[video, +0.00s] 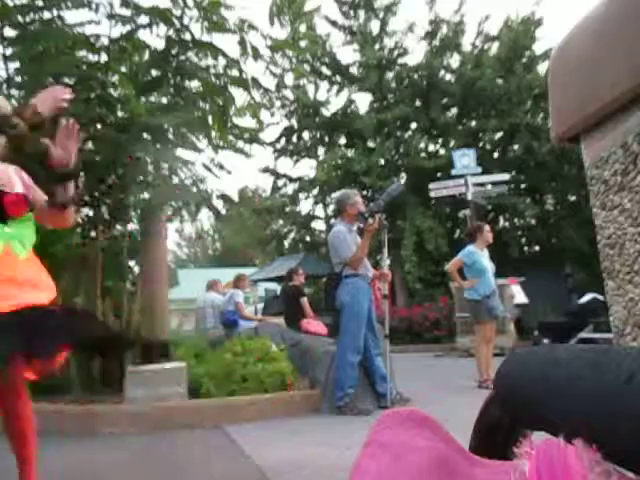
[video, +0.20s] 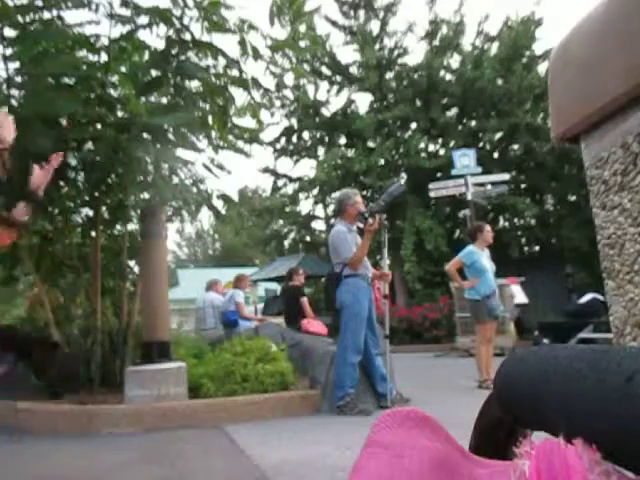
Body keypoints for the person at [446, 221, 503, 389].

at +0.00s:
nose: (491, 235)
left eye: (490, 232)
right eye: (488, 232)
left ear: (485, 235)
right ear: (478, 235)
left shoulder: (484, 252)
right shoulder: (470, 251)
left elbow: (483, 273)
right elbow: (451, 267)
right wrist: (461, 282)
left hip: (490, 294)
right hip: (477, 296)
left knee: (490, 337)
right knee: (483, 337)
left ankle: (489, 375)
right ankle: (483, 377)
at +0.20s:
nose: (491, 235)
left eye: (491, 232)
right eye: (488, 232)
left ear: (487, 235)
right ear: (479, 235)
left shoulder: (485, 252)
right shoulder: (471, 251)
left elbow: (484, 272)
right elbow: (450, 267)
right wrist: (461, 282)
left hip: (491, 294)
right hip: (477, 296)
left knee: (490, 338)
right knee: (482, 338)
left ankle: (489, 376)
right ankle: (483, 377)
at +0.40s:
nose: (492, 235)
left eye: (492, 232)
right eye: (489, 232)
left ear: (486, 235)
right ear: (480, 235)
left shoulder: (486, 252)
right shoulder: (471, 251)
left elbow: (484, 272)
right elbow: (450, 267)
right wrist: (461, 282)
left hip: (491, 294)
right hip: (478, 296)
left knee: (490, 338)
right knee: (482, 338)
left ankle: (489, 376)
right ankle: (483, 377)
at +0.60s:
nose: (493, 235)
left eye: (492, 232)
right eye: (489, 232)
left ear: (486, 235)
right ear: (480, 235)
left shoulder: (486, 251)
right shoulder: (471, 251)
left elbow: (484, 272)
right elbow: (451, 267)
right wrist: (462, 282)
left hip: (491, 294)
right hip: (478, 296)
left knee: (491, 338)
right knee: (483, 338)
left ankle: (489, 376)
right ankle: (483, 377)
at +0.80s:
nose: (493, 235)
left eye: (492, 232)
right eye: (489, 232)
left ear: (486, 235)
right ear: (480, 235)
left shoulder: (486, 251)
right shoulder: (472, 251)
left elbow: (484, 272)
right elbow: (451, 267)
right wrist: (462, 282)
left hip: (491, 294)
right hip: (478, 296)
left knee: (491, 338)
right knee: (483, 338)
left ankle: (489, 376)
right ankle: (483, 377)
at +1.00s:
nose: (493, 235)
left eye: (492, 232)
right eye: (489, 232)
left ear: (487, 235)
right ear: (480, 235)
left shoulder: (487, 251)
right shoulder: (472, 251)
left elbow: (485, 272)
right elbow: (451, 267)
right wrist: (462, 282)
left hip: (491, 294)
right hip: (478, 296)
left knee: (491, 338)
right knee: (483, 338)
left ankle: (489, 376)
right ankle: (483, 377)